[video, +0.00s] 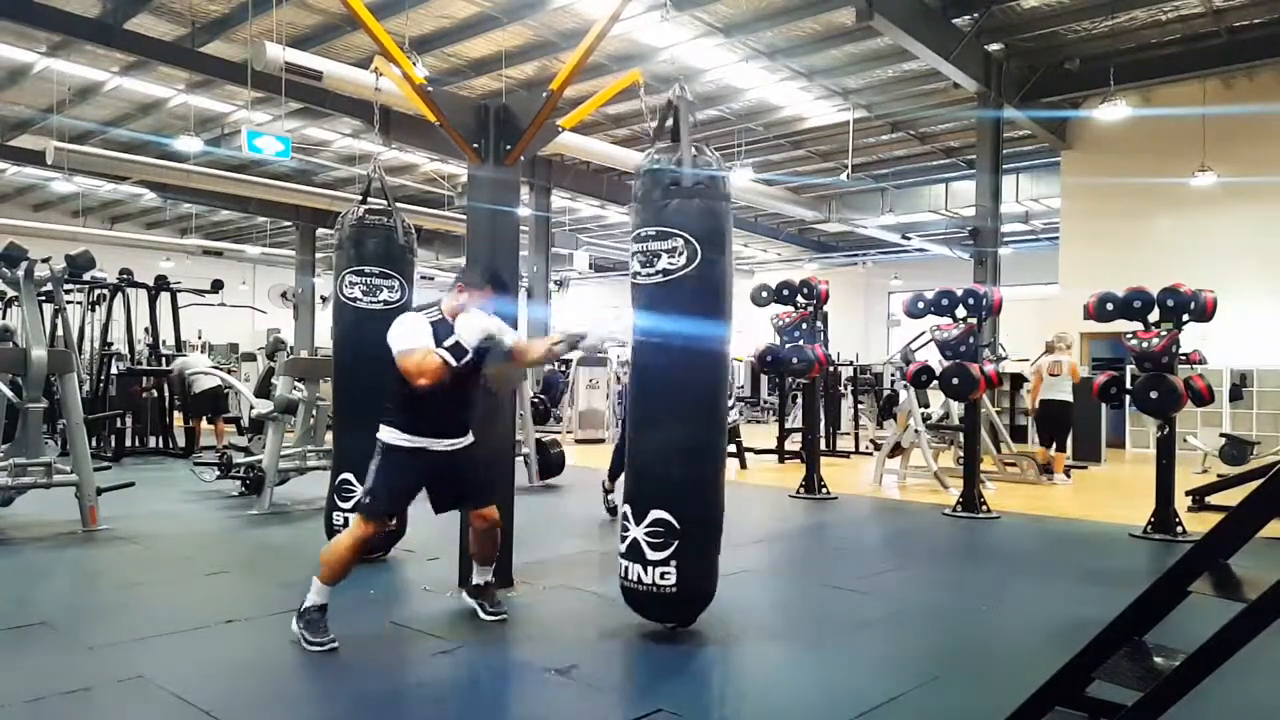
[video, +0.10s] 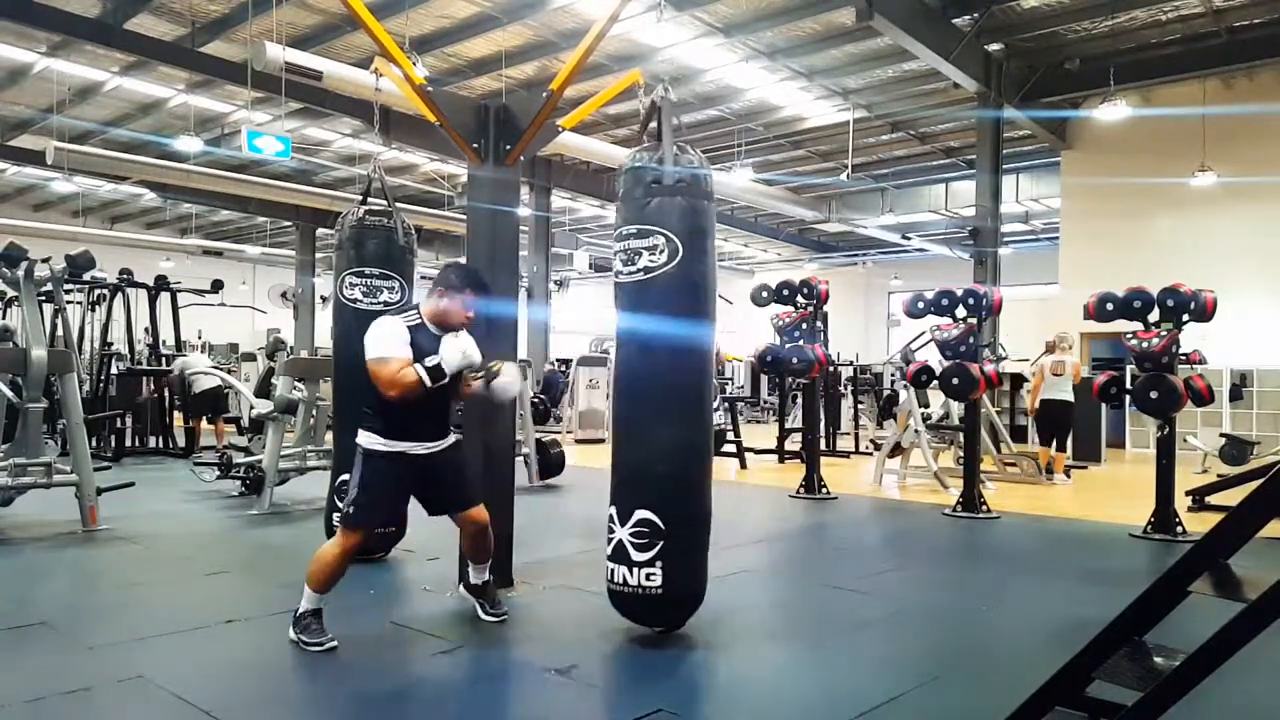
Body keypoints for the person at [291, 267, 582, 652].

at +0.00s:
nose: (486, 309)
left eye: (490, 304)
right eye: (482, 301)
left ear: (487, 300)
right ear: (461, 291)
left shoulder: (482, 324)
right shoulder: (410, 324)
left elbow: (525, 351)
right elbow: (422, 374)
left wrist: (556, 343)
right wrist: (465, 341)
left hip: (456, 448)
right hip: (402, 448)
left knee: (487, 520)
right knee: (366, 529)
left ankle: (481, 586)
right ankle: (312, 608)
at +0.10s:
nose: (472, 317)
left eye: (474, 308)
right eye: (467, 306)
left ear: (448, 299)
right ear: (441, 295)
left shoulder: (455, 339)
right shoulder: (388, 328)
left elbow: (459, 388)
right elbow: (393, 384)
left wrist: (487, 383)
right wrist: (446, 364)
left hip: (438, 451)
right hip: (383, 453)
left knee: (478, 522)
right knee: (348, 540)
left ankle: (479, 583)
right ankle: (306, 614)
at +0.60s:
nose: (490, 303)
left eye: (493, 295)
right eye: (488, 293)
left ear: (469, 287)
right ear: (463, 283)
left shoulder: (467, 326)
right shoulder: (421, 310)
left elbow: (470, 378)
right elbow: (402, 355)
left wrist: (512, 367)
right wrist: (458, 370)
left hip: (445, 442)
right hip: (400, 440)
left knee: (474, 520)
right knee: (366, 530)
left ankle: (482, 608)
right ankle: (316, 605)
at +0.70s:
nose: (508, 308)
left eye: (510, 300)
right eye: (505, 298)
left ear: (491, 292)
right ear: (486, 288)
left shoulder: (481, 322)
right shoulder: (456, 305)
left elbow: (458, 369)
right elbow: (480, 335)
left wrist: (490, 384)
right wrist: (526, 339)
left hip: (462, 442)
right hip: (418, 441)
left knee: (486, 522)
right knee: (383, 532)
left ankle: (484, 609)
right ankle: (323, 601)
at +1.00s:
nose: (534, 312)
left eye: (539, 305)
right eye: (535, 302)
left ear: (517, 292)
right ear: (515, 287)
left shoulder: (497, 326)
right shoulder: (469, 314)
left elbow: (497, 380)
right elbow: (485, 379)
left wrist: (537, 372)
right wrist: (524, 347)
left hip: (482, 442)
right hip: (439, 437)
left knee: (496, 525)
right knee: (430, 534)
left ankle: (484, 610)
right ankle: (373, 644)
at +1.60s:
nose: (514, 269)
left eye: (514, 259)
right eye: (512, 259)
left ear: (473, 252)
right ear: (493, 254)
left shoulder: (437, 292)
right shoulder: (476, 297)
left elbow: (456, 368)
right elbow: (490, 370)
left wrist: (512, 366)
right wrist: (527, 370)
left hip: (442, 440)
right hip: (444, 445)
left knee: (496, 522)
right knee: (432, 563)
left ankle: (438, 622)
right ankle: (379, 684)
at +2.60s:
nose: (526, 284)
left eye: (528, 274)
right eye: (526, 273)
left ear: (494, 264)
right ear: (508, 266)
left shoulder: (455, 300)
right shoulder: (482, 308)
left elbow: (473, 375)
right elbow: (495, 383)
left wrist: (514, 362)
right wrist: (528, 366)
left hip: (461, 449)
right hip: (449, 450)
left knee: (499, 520)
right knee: (455, 562)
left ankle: (459, 617)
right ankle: (392, 683)